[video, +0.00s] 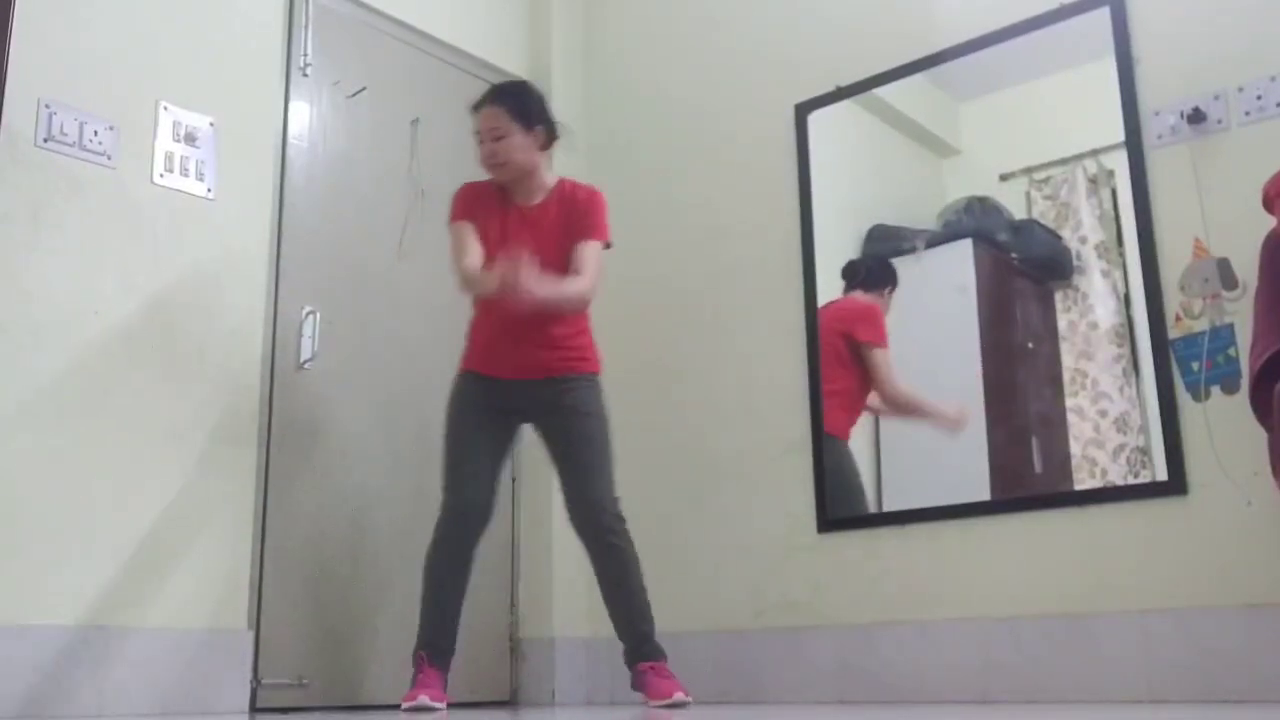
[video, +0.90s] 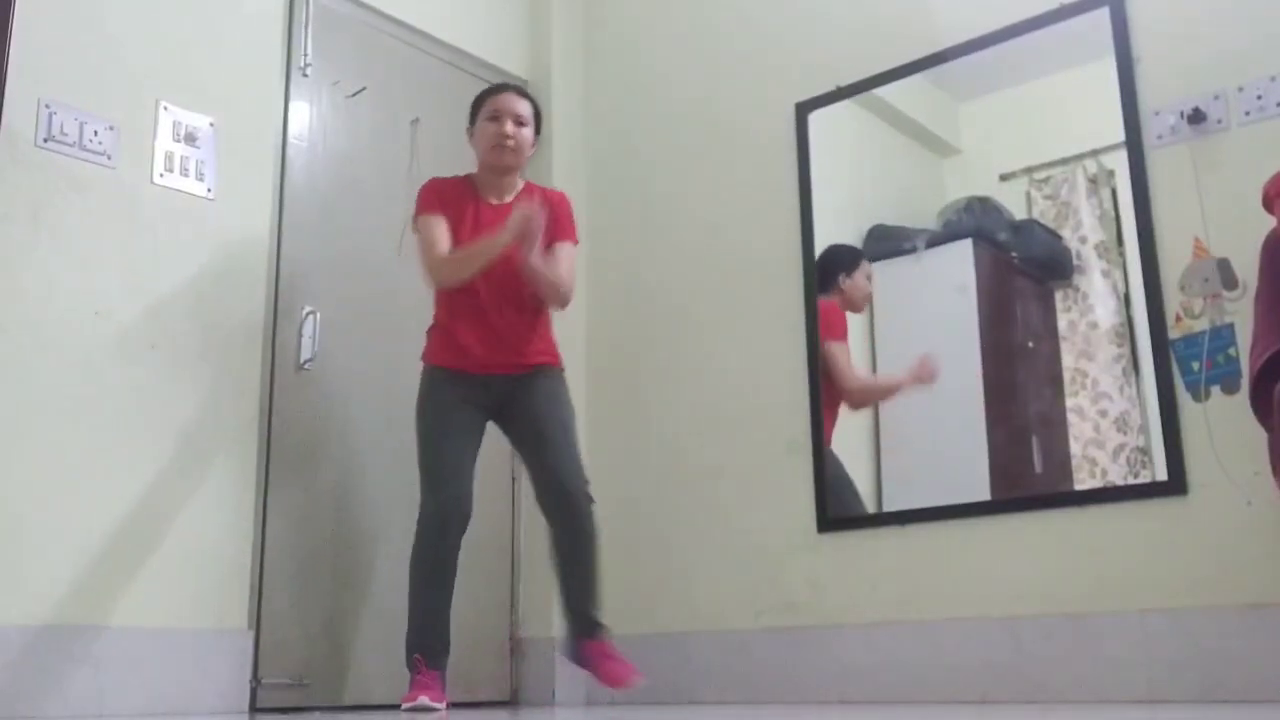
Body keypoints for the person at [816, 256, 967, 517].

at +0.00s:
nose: (888, 308)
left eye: (891, 300)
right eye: (891, 299)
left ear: (852, 285)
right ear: (886, 291)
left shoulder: (825, 313)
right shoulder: (866, 310)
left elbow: (866, 400)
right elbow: (889, 393)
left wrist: (929, 415)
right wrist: (943, 414)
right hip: (826, 440)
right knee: (857, 531)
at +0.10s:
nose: (881, 320)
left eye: (885, 311)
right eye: (885, 310)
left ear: (848, 293)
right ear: (881, 302)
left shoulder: (821, 319)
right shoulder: (856, 320)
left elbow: (837, 411)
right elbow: (864, 399)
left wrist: (876, 459)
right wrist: (897, 464)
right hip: (818, 445)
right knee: (854, 529)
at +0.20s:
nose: (879, 327)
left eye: (883, 317)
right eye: (883, 316)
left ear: (846, 298)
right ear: (879, 307)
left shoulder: (820, 323)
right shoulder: (849, 325)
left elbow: (832, 403)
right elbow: (836, 401)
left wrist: (834, 474)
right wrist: (835, 473)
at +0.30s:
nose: (880, 328)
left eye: (884, 319)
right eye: (884, 318)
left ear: (848, 298)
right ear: (879, 310)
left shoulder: (823, 322)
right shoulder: (846, 325)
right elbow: (811, 375)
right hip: (807, 449)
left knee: (840, 520)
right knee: (842, 521)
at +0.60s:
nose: (880, 315)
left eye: (882, 306)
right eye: (880, 305)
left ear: (840, 297)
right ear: (865, 300)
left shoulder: (825, 325)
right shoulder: (837, 328)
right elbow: (800, 354)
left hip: (810, 458)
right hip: (805, 461)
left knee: (843, 526)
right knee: (844, 527)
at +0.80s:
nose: (871, 303)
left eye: (871, 294)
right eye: (868, 292)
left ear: (845, 291)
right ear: (845, 291)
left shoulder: (822, 324)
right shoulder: (824, 324)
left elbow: (828, 414)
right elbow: (827, 403)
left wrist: (880, 430)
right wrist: (881, 430)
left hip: (812, 453)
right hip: (809, 454)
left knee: (863, 520)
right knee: (865, 519)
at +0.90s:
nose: (871, 290)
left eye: (870, 280)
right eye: (866, 279)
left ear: (843, 281)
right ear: (843, 280)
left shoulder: (824, 311)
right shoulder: (827, 309)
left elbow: (855, 399)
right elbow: (851, 386)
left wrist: (908, 379)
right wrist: (910, 378)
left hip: (816, 447)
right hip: (812, 449)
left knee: (854, 527)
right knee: (859, 527)